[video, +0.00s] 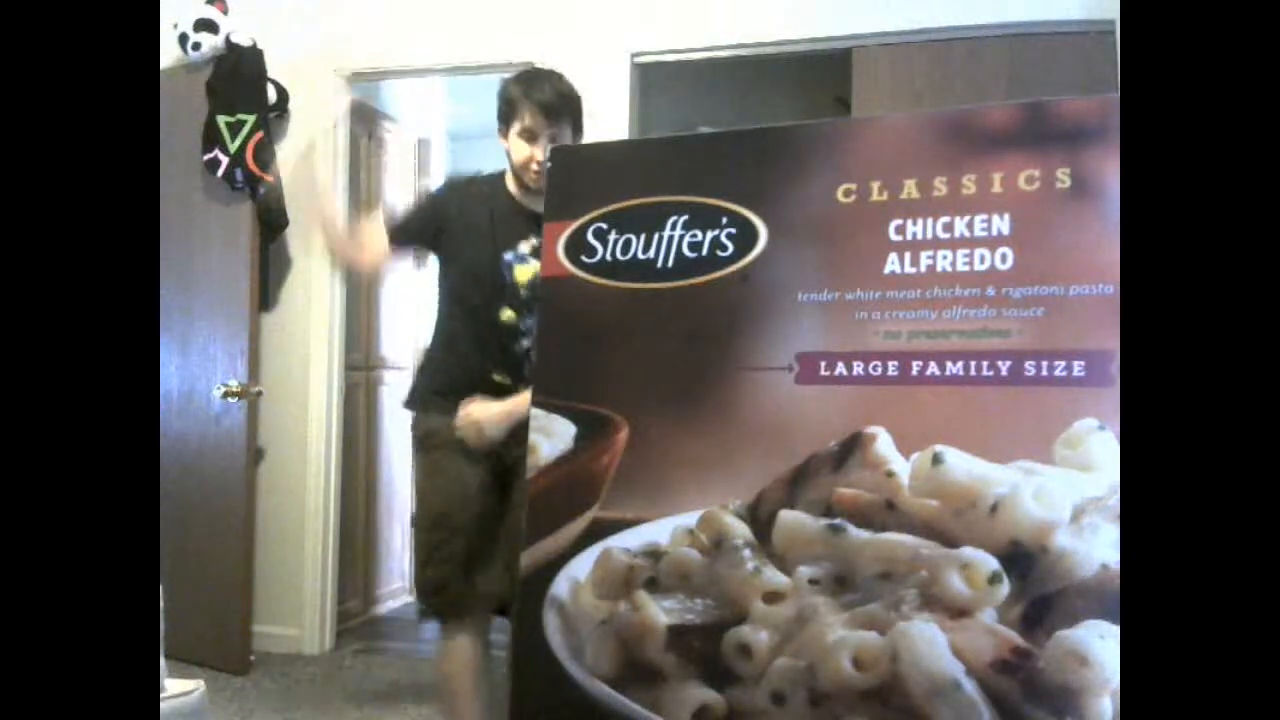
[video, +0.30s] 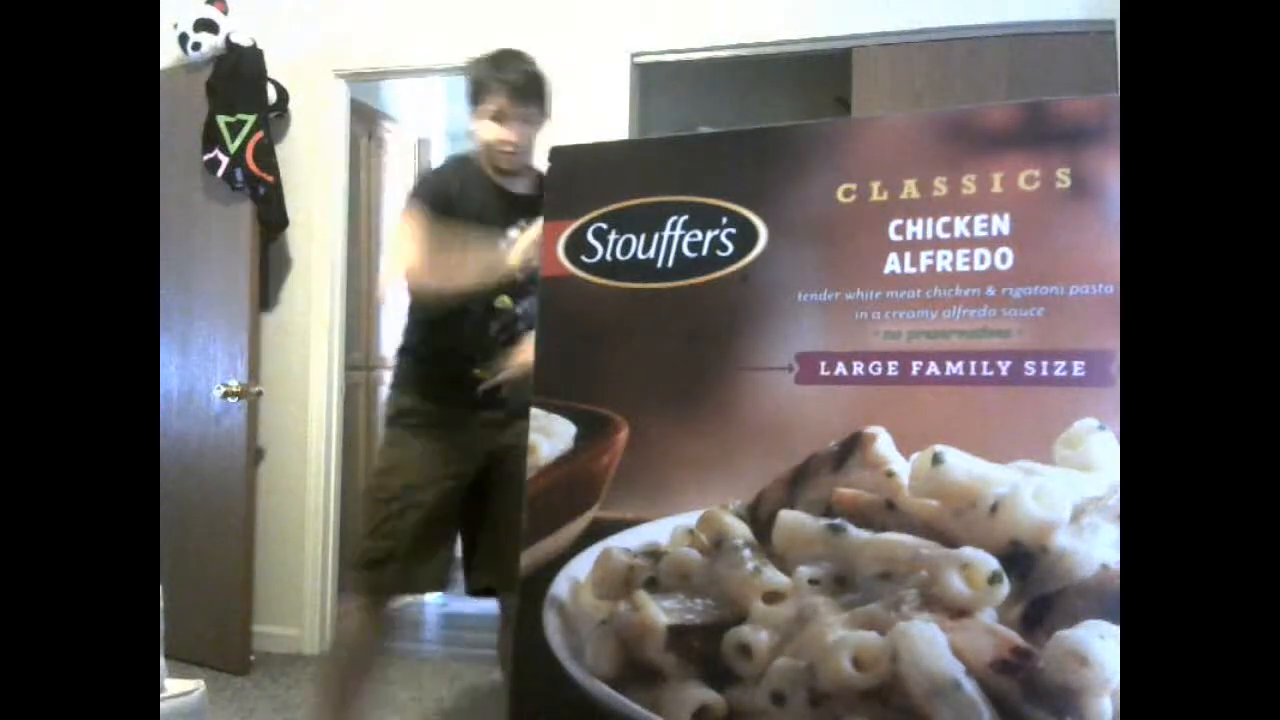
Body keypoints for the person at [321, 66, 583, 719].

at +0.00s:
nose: (541, 155)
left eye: (555, 141)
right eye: (527, 137)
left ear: (576, 141)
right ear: (504, 134)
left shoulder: (588, 217)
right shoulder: (462, 202)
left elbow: (603, 350)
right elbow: (364, 250)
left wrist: (515, 407)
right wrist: (310, 186)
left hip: (550, 421)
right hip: (457, 414)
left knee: (545, 599)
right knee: (464, 605)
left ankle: (545, 715)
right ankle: (465, 715)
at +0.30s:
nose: (507, 134)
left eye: (522, 119)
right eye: (494, 118)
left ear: (544, 122)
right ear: (472, 118)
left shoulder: (555, 200)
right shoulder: (445, 186)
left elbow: (590, 291)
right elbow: (416, 273)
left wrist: (546, 342)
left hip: (513, 418)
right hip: (430, 413)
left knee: (525, 583)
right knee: (370, 585)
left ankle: (532, 710)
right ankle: (332, 710)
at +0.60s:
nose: (425, 145)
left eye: (438, 131)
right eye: (410, 130)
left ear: (460, 136)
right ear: (387, 134)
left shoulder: (479, 215)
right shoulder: (365, 199)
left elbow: (517, 297)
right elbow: (346, 278)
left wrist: (522, 232)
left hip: (448, 425)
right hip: (362, 423)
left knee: (491, 588)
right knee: (302, 590)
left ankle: (506, 714)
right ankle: (257, 713)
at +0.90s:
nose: (312, 143)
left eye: (326, 129)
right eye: (299, 131)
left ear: (355, 133)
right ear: (284, 136)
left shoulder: (381, 193)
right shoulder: (276, 215)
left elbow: (285, 196)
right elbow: (232, 304)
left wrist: (181, 138)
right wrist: (169, 314)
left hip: (386, 424)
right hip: (299, 426)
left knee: (399, 580)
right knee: (260, 583)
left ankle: (454, 715)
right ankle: (251, 714)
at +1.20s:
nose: (304, 150)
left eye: (319, 135)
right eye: (290, 134)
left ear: (337, 137)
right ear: (264, 137)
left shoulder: (375, 195)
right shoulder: (243, 231)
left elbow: (460, 222)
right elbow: (236, 336)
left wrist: (398, 267)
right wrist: (272, 375)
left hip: (391, 415)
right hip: (298, 424)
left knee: (440, 575)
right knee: (261, 589)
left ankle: (489, 712)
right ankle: (253, 714)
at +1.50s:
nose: (424, 136)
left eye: (435, 120)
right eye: (407, 118)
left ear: (449, 128)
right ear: (369, 125)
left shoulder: (470, 207)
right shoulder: (358, 205)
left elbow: (555, 213)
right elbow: (346, 197)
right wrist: (364, 149)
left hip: (462, 421)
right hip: (375, 425)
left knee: (501, 589)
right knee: (315, 597)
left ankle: (512, 713)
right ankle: (261, 710)